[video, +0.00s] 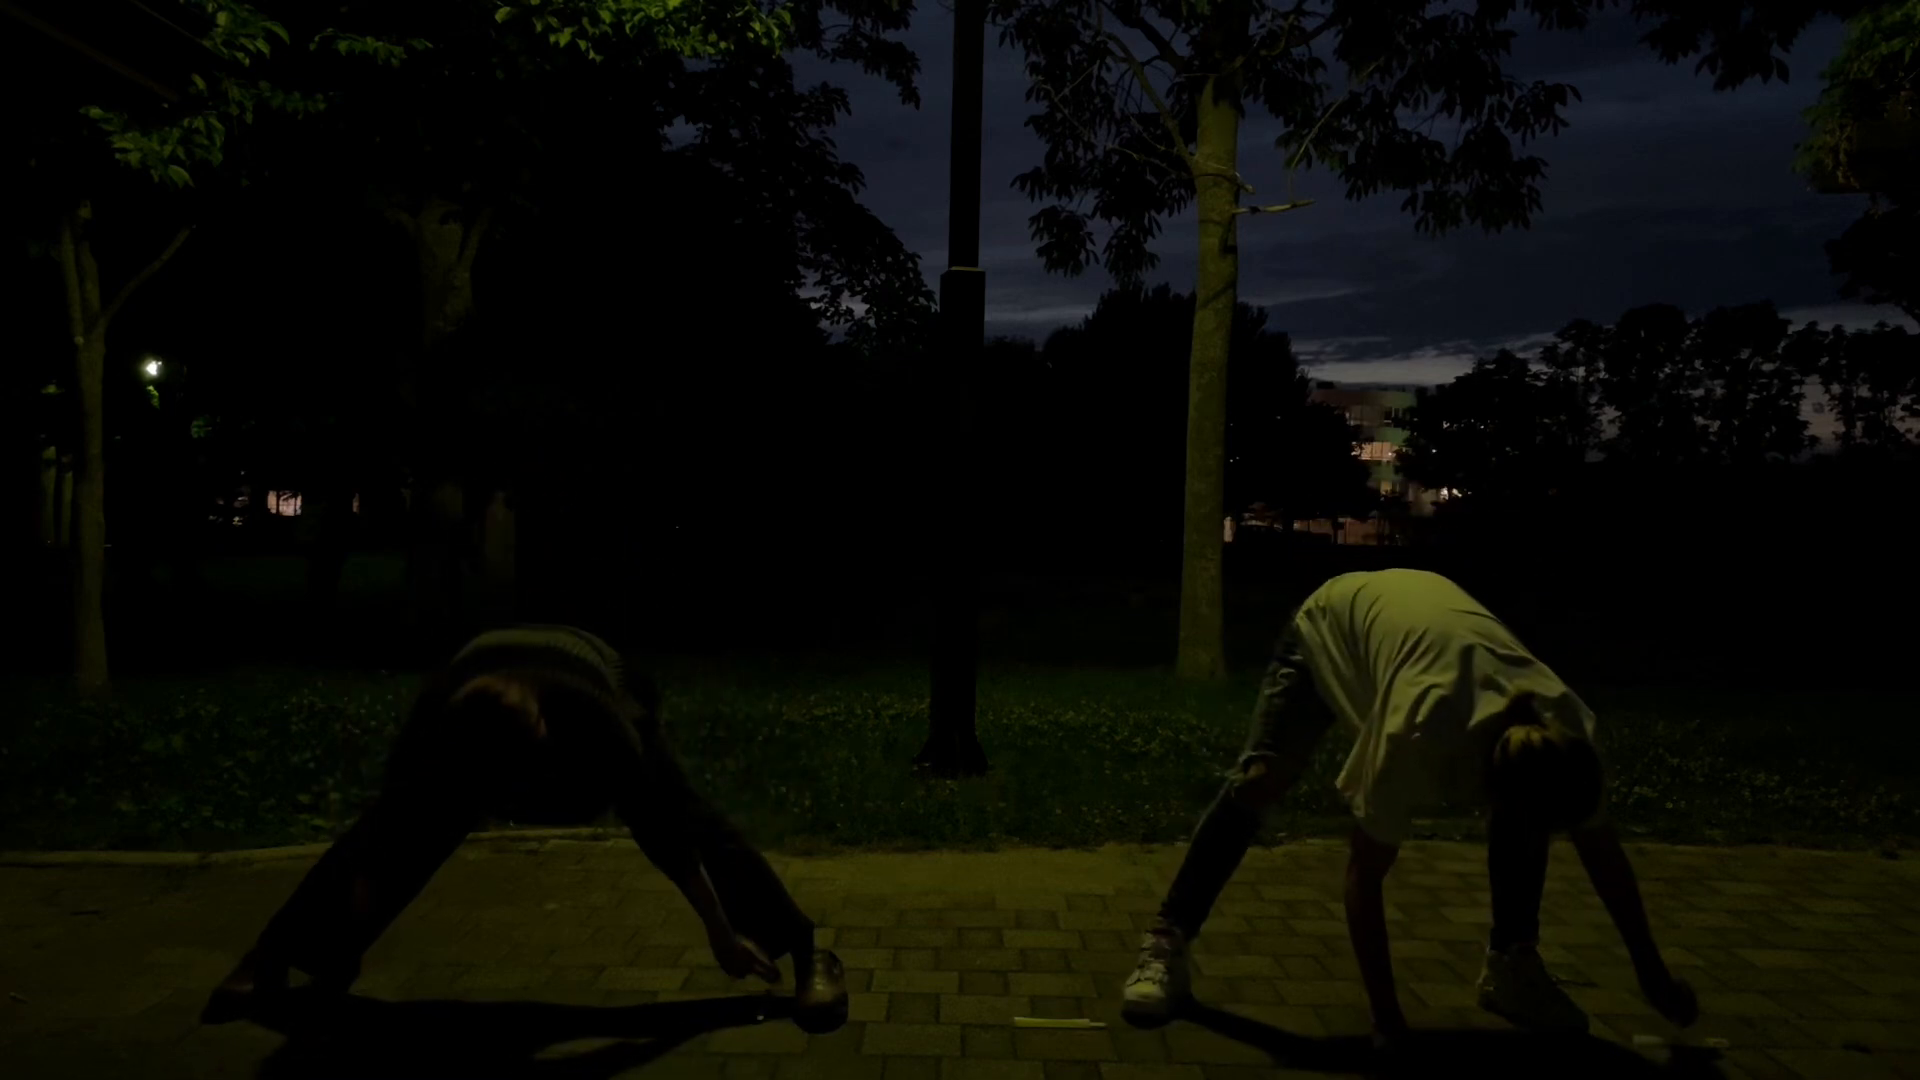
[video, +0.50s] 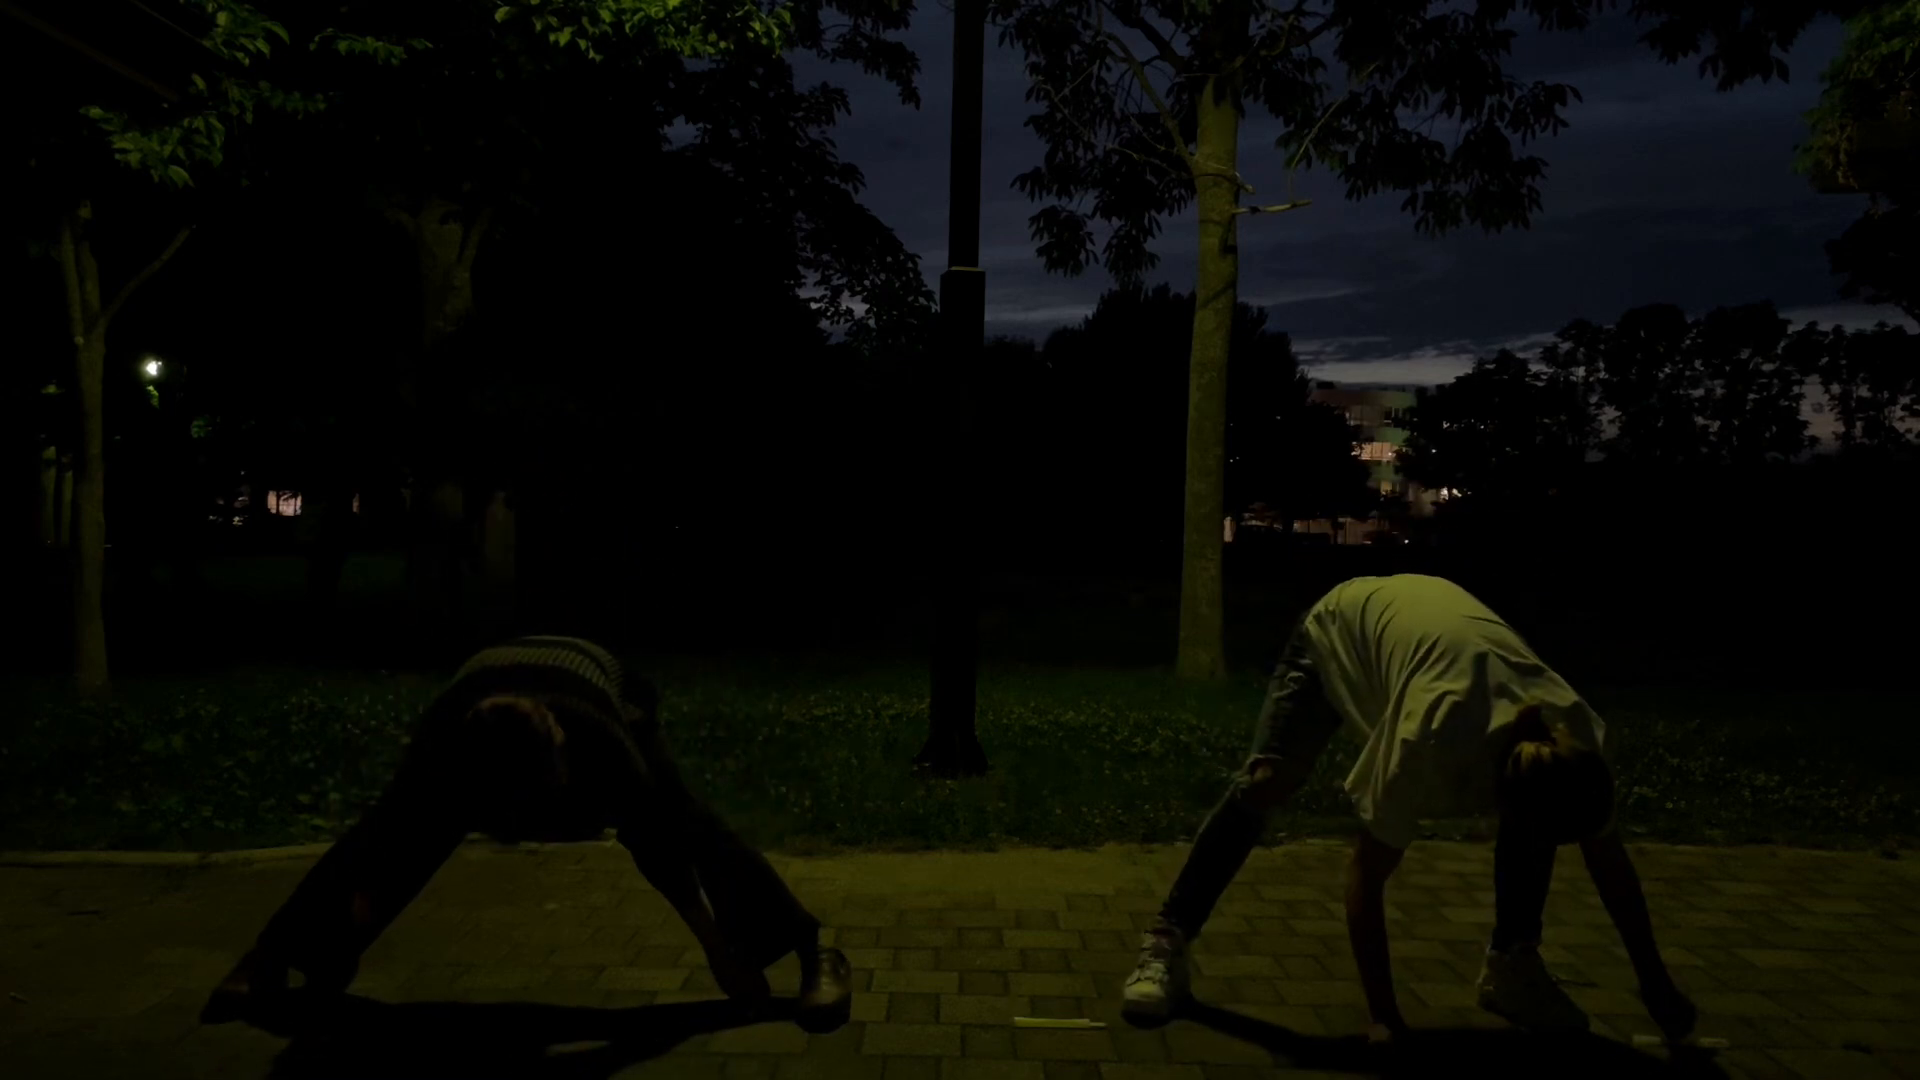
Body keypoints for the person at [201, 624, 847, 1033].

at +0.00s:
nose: (491, 736)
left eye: (503, 723)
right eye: (479, 726)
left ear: (540, 727)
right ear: (456, 727)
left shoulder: (601, 738)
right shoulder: (438, 742)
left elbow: (665, 832)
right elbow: (372, 849)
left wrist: (722, 933)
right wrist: (321, 959)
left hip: (602, 683)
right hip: (485, 679)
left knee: (702, 827)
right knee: (393, 850)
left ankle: (803, 952)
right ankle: (302, 969)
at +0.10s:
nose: (494, 748)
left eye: (503, 741)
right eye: (483, 744)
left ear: (540, 740)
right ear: (459, 743)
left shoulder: (605, 750)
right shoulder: (437, 752)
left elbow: (674, 847)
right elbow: (365, 859)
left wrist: (730, 947)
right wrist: (291, 965)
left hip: (598, 676)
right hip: (483, 675)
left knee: (701, 826)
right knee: (394, 849)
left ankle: (801, 954)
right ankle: (311, 972)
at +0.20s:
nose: (505, 821)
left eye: (514, 797)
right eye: (487, 793)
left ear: (544, 763)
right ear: (460, 769)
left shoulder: (603, 757)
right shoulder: (436, 755)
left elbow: (676, 859)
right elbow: (368, 865)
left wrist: (736, 958)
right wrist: (303, 973)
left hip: (593, 673)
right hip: (483, 672)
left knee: (695, 827)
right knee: (386, 851)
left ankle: (798, 955)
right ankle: (288, 977)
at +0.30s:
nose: (505, 826)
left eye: (516, 803)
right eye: (488, 797)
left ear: (548, 769)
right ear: (462, 773)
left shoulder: (605, 760)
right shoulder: (437, 757)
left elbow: (677, 867)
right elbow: (364, 867)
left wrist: (741, 969)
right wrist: (291, 974)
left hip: (597, 675)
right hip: (484, 674)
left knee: (695, 829)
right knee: (389, 851)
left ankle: (799, 955)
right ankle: (298, 978)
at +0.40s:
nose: (506, 826)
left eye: (518, 805)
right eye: (491, 806)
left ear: (550, 764)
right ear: (464, 775)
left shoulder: (607, 761)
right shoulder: (440, 755)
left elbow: (673, 871)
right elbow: (369, 872)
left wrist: (734, 967)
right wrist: (304, 976)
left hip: (599, 678)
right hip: (486, 675)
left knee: (695, 830)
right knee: (385, 850)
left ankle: (800, 955)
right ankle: (280, 975)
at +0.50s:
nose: (512, 790)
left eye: (522, 774)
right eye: (495, 776)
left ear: (553, 748)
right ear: (468, 757)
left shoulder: (609, 757)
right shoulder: (441, 753)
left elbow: (673, 864)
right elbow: (368, 867)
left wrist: (729, 963)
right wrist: (292, 972)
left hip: (598, 676)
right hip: (487, 674)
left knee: (694, 827)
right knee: (388, 850)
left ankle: (809, 954)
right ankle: (286, 975)